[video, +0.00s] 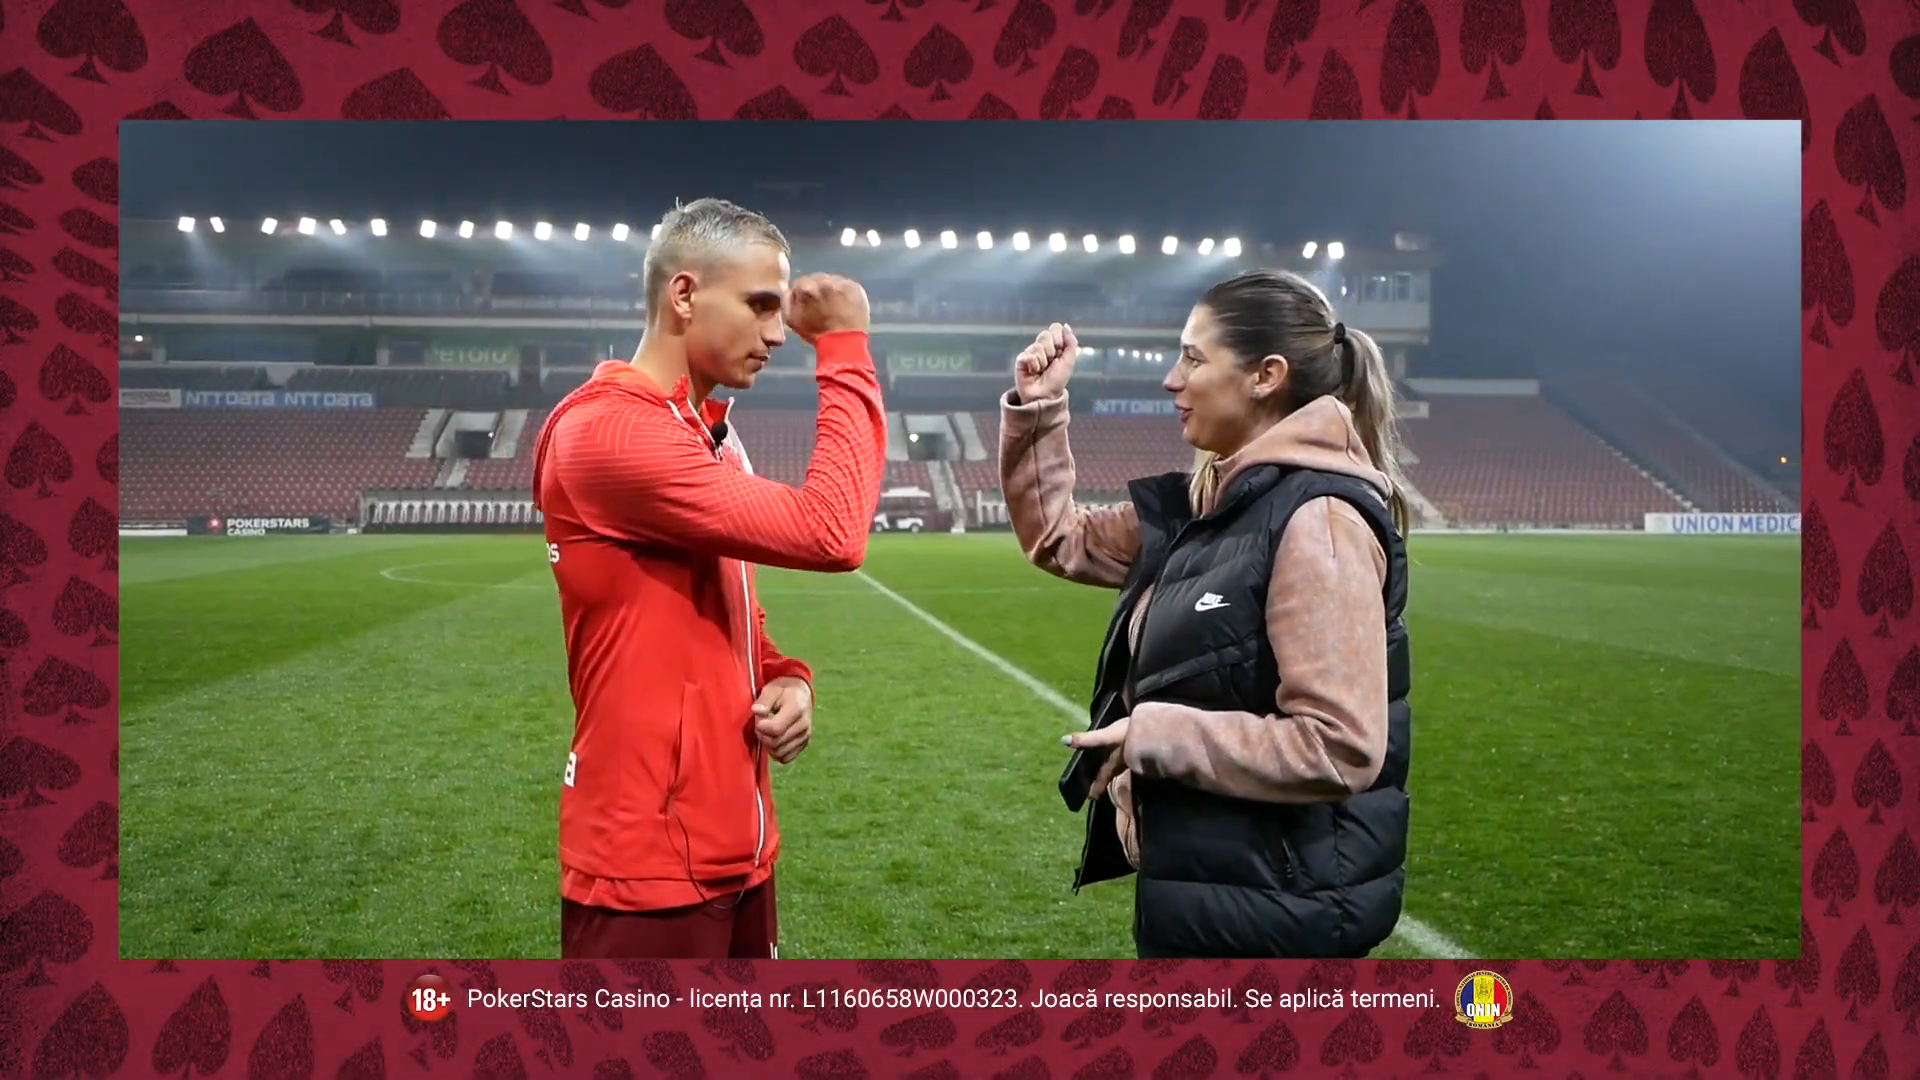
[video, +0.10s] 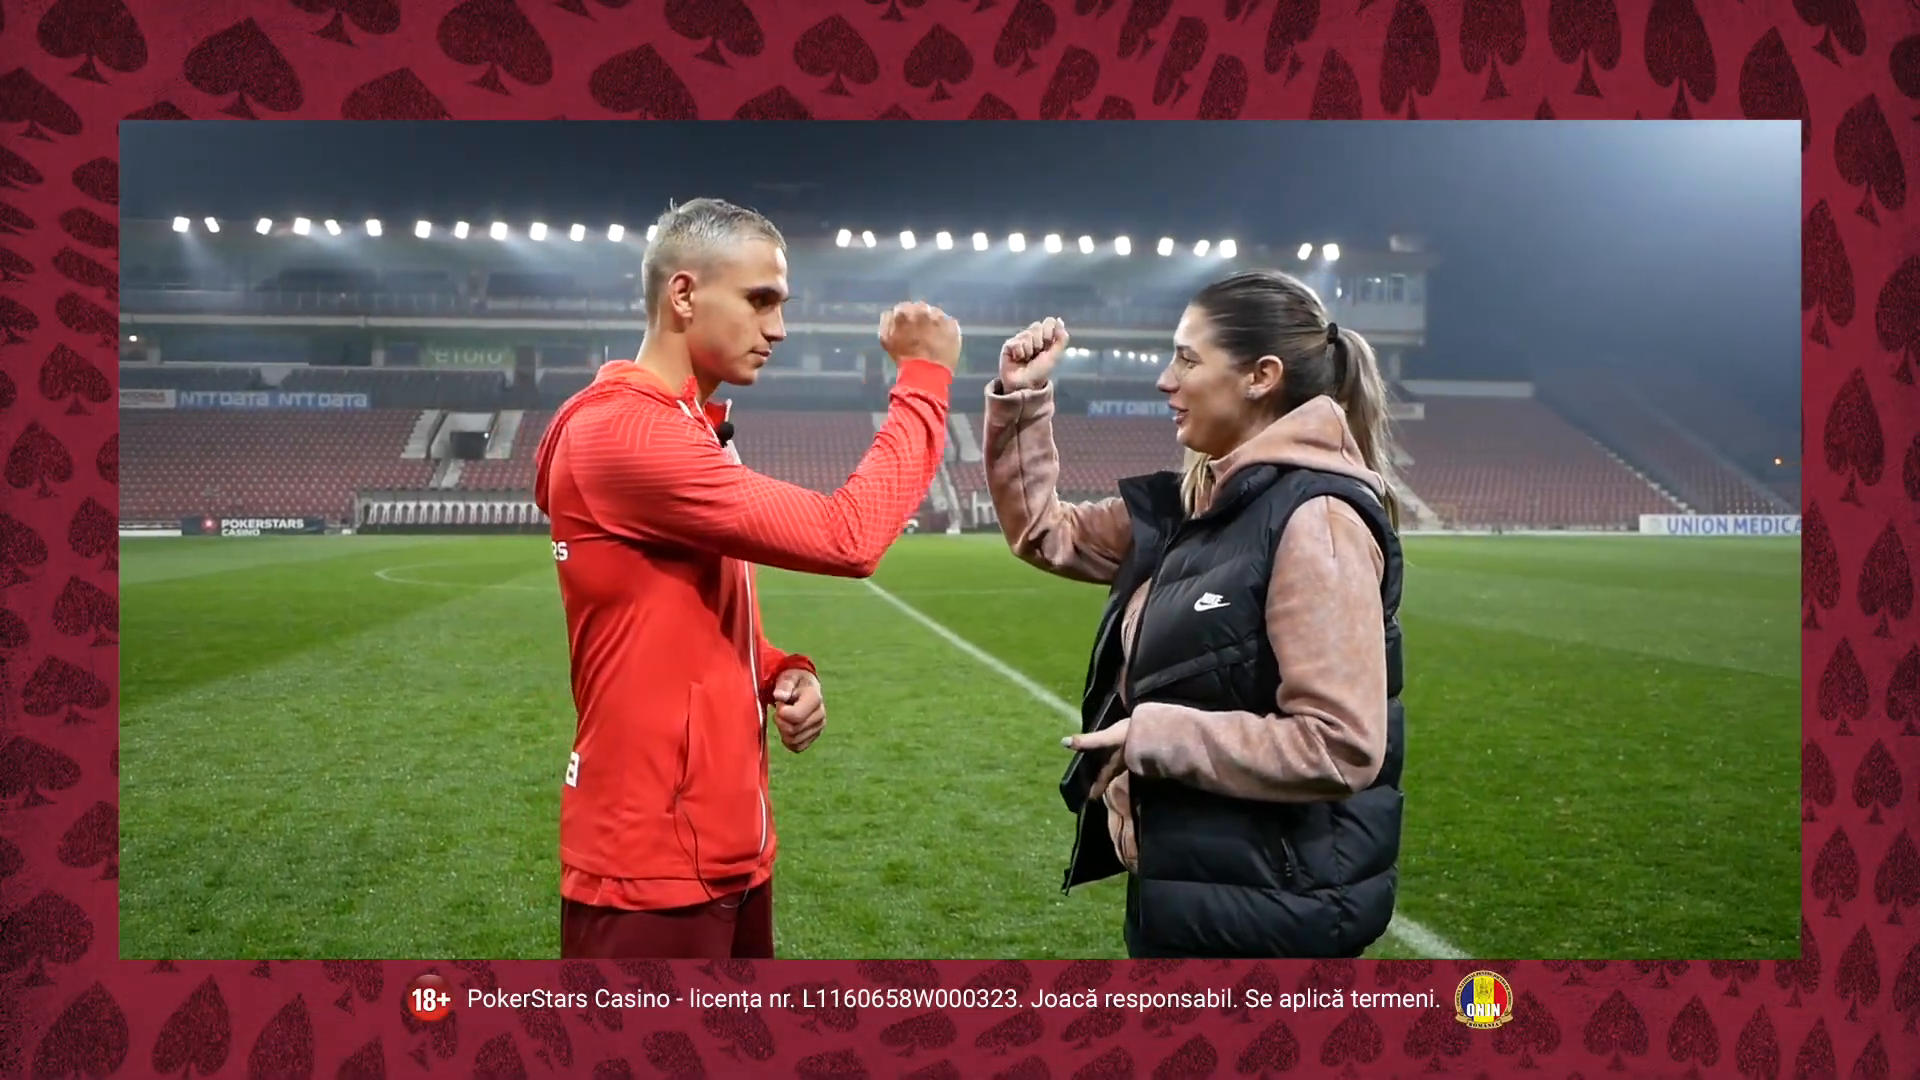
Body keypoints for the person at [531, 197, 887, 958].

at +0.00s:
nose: (778, 333)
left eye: (778, 310)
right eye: (759, 304)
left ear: (690, 300)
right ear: (683, 296)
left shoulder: (710, 434)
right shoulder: (605, 431)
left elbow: (734, 621)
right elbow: (832, 531)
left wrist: (786, 680)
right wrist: (845, 343)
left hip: (735, 856)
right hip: (645, 870)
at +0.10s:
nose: (779, 327)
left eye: (780, 304)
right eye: (761, 299)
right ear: (683, 296)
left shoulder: (693, 427)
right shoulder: (619, 432)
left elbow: (704, 622)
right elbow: (848, 535)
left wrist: (780, 674)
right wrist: (925, 379)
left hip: (727, 856)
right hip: (650, 870)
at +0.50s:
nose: (771, 314)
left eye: (772, 293)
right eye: (750, 287)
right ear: (671, 291)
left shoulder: (731, 442)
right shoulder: (608, 435)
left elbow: (761, 607)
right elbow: (745, 610)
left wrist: (810, 660)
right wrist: (882, 503)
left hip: (752, 847)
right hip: (659, 860)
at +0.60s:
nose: (772, 316)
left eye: (773, 294)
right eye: (750, 290)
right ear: (671, 294)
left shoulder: (742, 443)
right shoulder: (603, 434)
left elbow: (803, 600)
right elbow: (670, 636)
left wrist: (758, 663)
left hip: (758, 849)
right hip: (660, 862)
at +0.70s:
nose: (773, 318)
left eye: (774, 297)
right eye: (750, 293)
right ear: (672, 295)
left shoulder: (759, 446)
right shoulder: (600, 439)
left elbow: (842, 607)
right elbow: (661, 647)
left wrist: (772, 622)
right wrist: (836, 719)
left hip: (765, 844)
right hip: (659, 856)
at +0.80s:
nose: (778, 316)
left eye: (778, 294)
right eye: (754, 291)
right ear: (676, 296)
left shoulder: (770, 444)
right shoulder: (596, 442)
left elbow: (861, 601)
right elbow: (667, 644)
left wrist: (736, 613)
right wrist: (818, 707)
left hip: (766, 839)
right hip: (654, 849)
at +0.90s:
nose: (779, 316)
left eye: (779, 294)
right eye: (755, 291)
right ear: (676, 294)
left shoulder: (781, 441)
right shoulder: (596, 441)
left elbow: (869, 594)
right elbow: (681, 646)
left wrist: (706, 605)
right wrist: (814, 670)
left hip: (767, 841)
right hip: (652, 849)